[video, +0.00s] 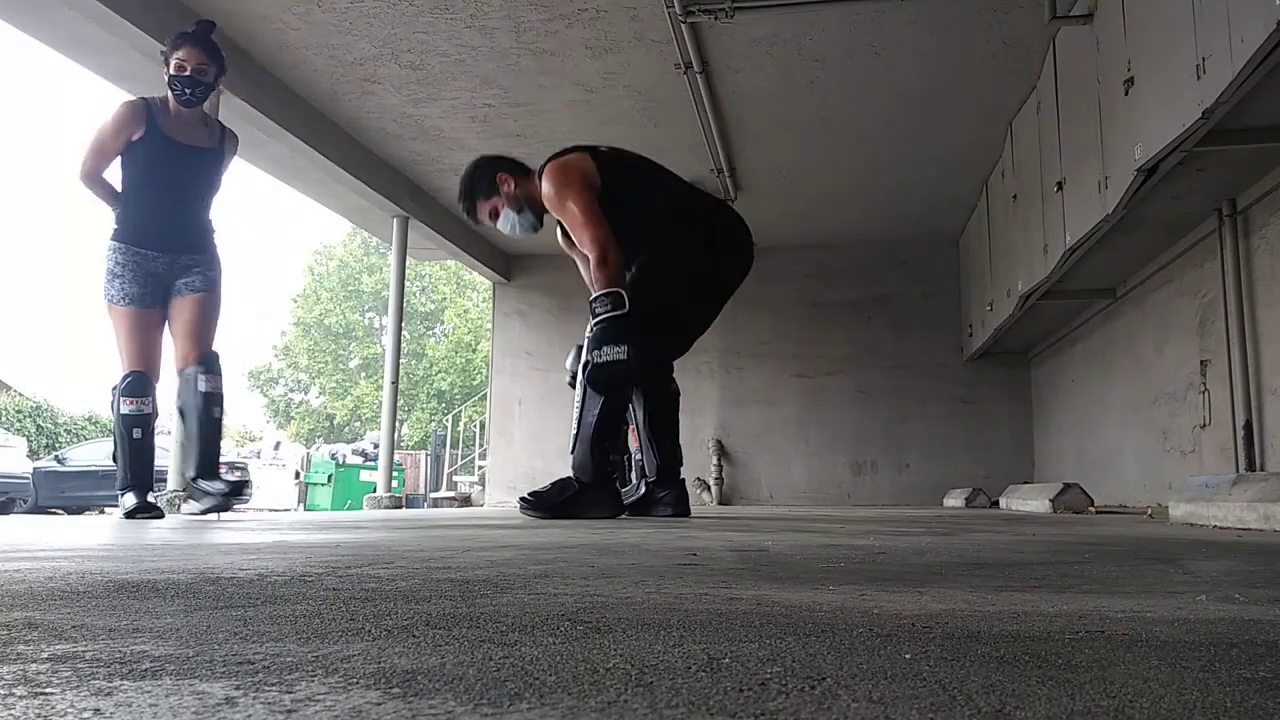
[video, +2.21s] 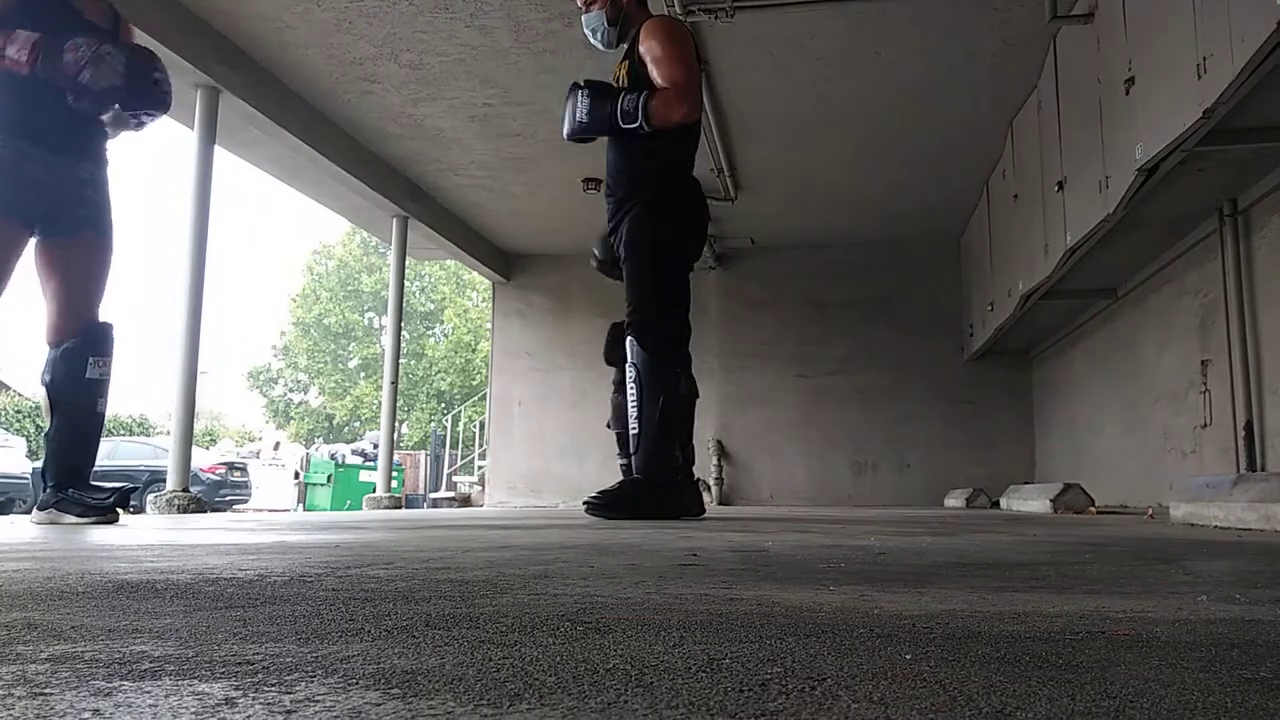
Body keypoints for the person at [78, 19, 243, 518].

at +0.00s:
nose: (188, 77)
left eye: (200, 70)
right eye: (180, 66)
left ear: (216, 79)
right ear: (166, 69)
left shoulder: (226, 141)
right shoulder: (137, 113)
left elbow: (204, 197)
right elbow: (90, 172)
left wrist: (188, 223)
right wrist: (128, 210)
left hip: (196, 258)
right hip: (135, 255)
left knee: (200, 366)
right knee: (139, 378)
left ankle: (205, 479)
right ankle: (137, 492)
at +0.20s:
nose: (184, 69)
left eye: (197, 62)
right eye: (176, 58)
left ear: (215, 71)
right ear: (163, 60)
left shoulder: (226, 135)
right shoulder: (130, 106)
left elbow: (229, 201)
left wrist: (247, 251)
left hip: (194, 256)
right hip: (128, 252)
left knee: (173, 362)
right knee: (133, 376)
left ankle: (163, 482)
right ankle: (133, 489)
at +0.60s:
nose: (160, 32)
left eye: (175, 24)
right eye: (152, 20)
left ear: (198, 34)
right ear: (142, 23)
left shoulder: (214, 94)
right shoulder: (114, 82)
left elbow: (228, 176)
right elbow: (86, 151)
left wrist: (201, 195)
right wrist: (66, 155)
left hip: (178, 233)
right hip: (114, 228)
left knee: (166, 359)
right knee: (79, 359)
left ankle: (150, 490)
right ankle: (121, 465)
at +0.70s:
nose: (149, 19)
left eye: (164, 12)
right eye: (142, 10)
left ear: (188, 23)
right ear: (132, 17)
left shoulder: (204, 84)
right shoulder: (107, 76)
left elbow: (221, 160)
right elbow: (87, 151)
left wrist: (191, 168)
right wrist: (80, 136)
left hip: (171, 224)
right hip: (108, 221)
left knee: (161, 354)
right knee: (62, 347)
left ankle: (150, 487)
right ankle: (81, 475)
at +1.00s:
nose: (108, 10)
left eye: (121, 4)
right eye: (100, 3)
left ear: (138, 9)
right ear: (83, 6)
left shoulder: (158, 67)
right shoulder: (47, 54)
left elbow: (195, 149)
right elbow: (14, 135)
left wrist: (160, 147)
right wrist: (34, 108)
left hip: (133, 216)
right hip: (59, 211)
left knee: (133, 354)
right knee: (17, 346)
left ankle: (146, 489)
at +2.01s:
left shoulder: (151, 31)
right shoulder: (29, 5)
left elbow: (147, 132)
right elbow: (1, 52)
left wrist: (157, 115)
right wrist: (26, 71)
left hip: (101, 176)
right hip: (20, 158)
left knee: (84, 337)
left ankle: (63, 484)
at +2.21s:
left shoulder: (114, 15)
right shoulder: (22, 10)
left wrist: (132, 101)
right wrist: (8, 43)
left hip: (82, 158)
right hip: (13, 145)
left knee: (78, 323)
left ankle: (64, 483)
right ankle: (62, 482)